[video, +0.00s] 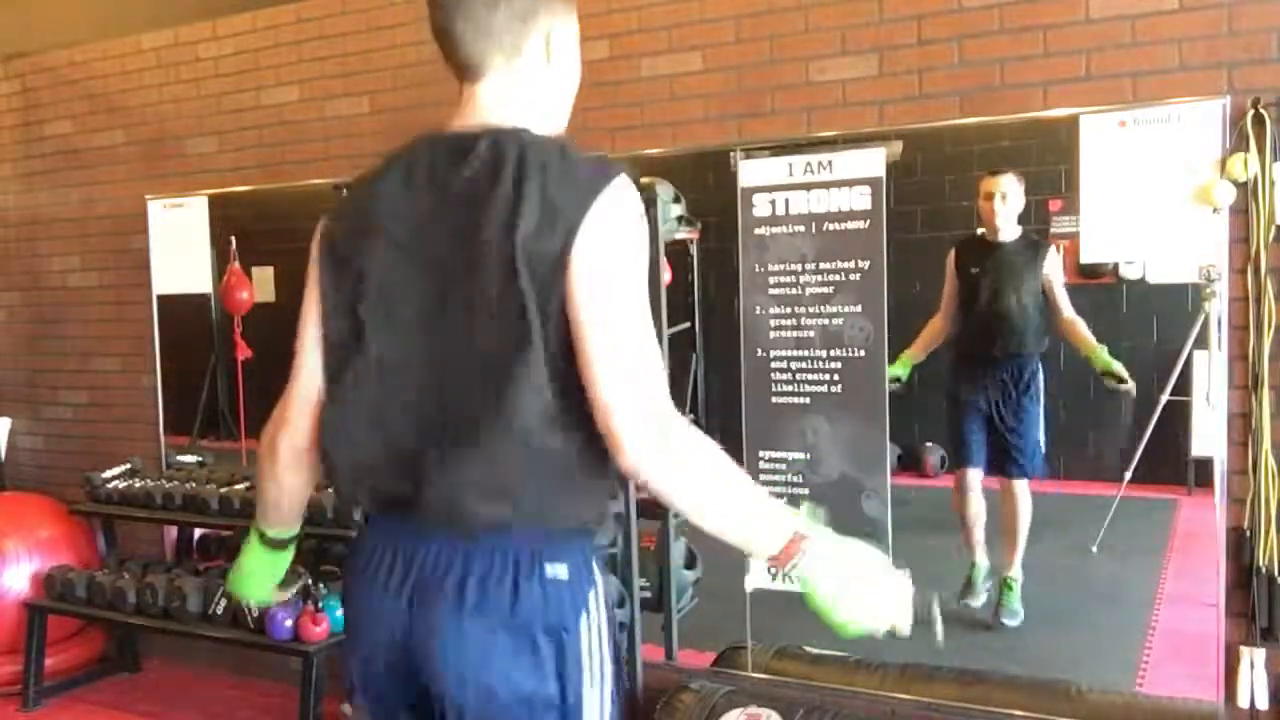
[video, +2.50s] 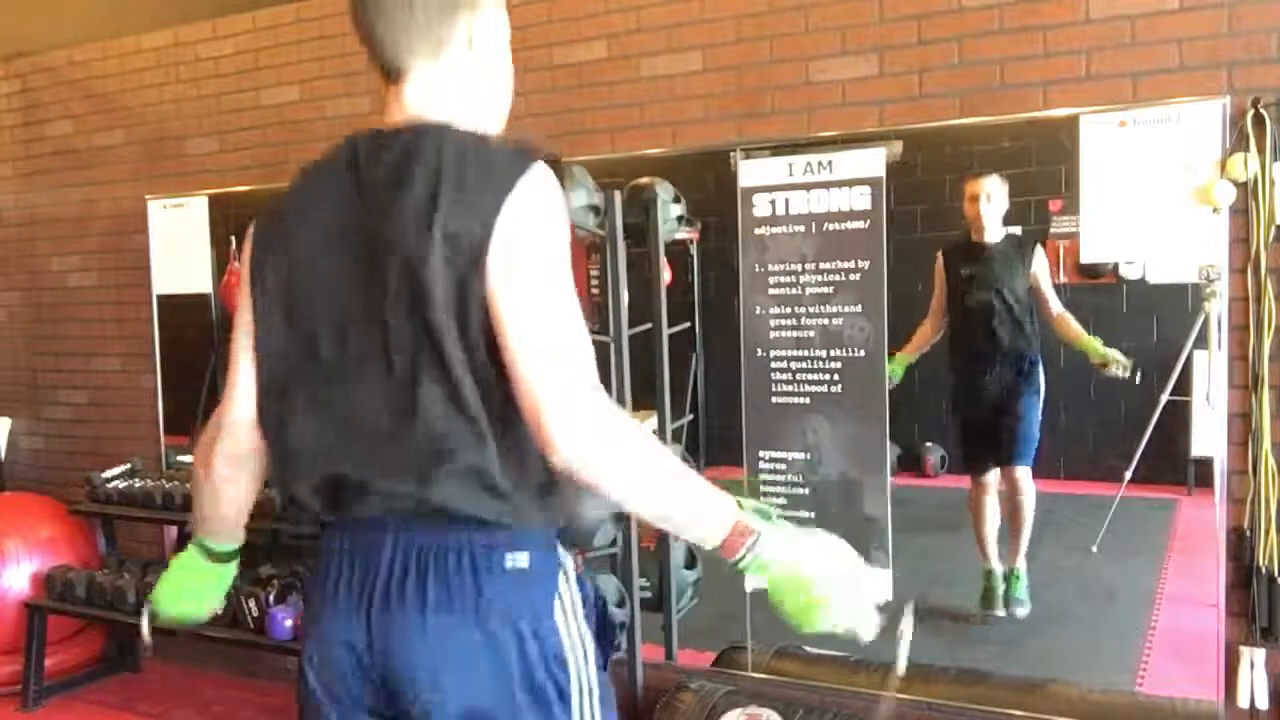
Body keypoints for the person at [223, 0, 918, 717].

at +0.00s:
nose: (581, 61)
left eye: (577, 41)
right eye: (577, 39)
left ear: (454, 52)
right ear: (555, 41)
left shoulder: (354, 212)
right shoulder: (588, 194)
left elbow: (296, 427)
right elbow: (644, 436)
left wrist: (270, 541)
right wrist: (809, 552)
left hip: (381, 578)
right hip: (530, 595)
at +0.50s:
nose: (540, 80)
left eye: (538, 57)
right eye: (537, 56)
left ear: (416, 62)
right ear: (517, 57)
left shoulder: (311, 229)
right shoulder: (540, 198)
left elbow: (268, 454)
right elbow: (589, 441)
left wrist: (267, 512)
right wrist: (760, 533)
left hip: (356, 573)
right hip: (504, 582)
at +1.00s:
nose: (513, 145)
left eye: (506, 121)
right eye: (508, 121)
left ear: (384, 134)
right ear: (487, 122)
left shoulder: (299, 292)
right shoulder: (516, 267)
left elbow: (242, 511)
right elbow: (597, 502)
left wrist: (346, 421)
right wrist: (791, 491)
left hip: (371, 640)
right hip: (518, 642)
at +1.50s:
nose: (562, 156)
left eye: (557, 130)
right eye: (557, 130)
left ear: (436, 136)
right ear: (530, 129)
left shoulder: (326, 302)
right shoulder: (563, 292)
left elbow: (265, 508)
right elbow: (638, 524)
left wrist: (373, 440)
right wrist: (812, 522)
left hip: (373, 665)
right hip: (520, 667)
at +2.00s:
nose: (545, 83)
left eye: (542, 56)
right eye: (541, 56)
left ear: (412, 62)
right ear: (513, 61)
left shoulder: (312, 223)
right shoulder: (543, 201)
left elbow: (241, 438)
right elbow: (601, 444)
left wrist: (219, 531)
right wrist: (775, 540)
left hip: (339, 595)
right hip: (488, 607)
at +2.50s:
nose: (511, 69)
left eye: (504, 45)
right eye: (503, 45)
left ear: (383, 58)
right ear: (479, 44)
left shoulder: (280, 223)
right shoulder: (508, 184)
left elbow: (236, 433)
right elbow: (574, 430)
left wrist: (212, 550)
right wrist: (755, 541)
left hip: (340, 583)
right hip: (492, 585)